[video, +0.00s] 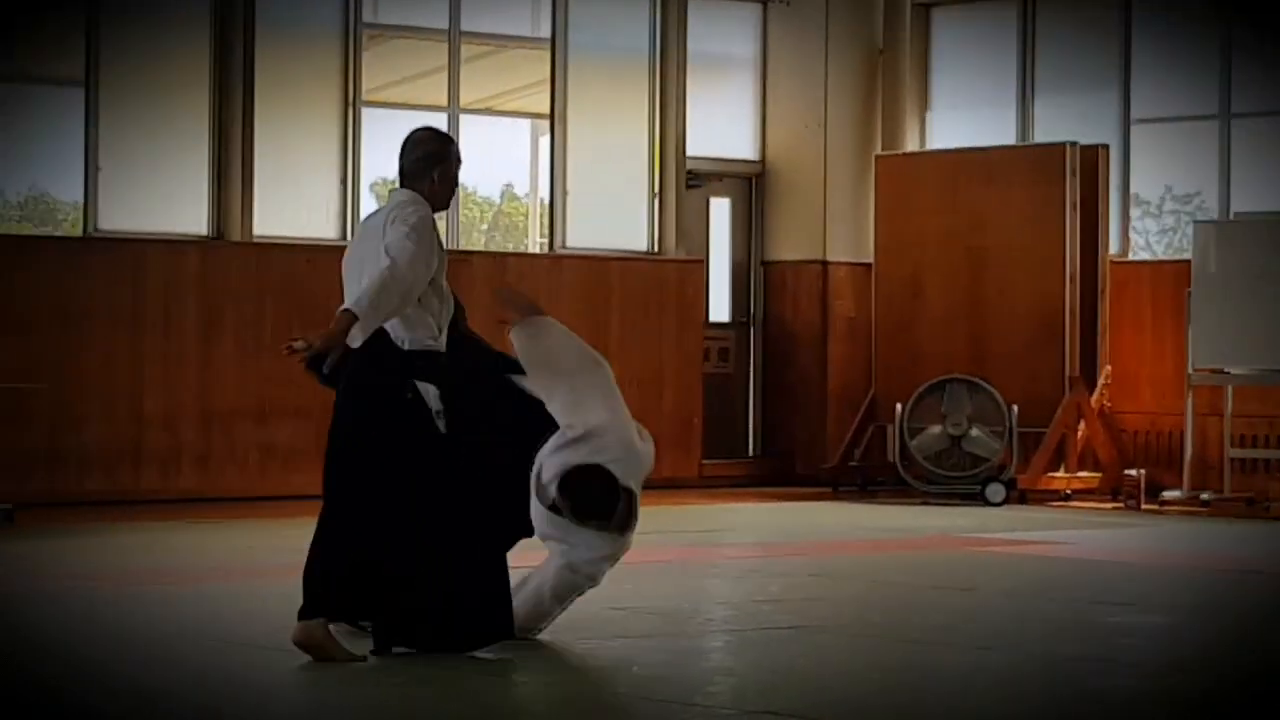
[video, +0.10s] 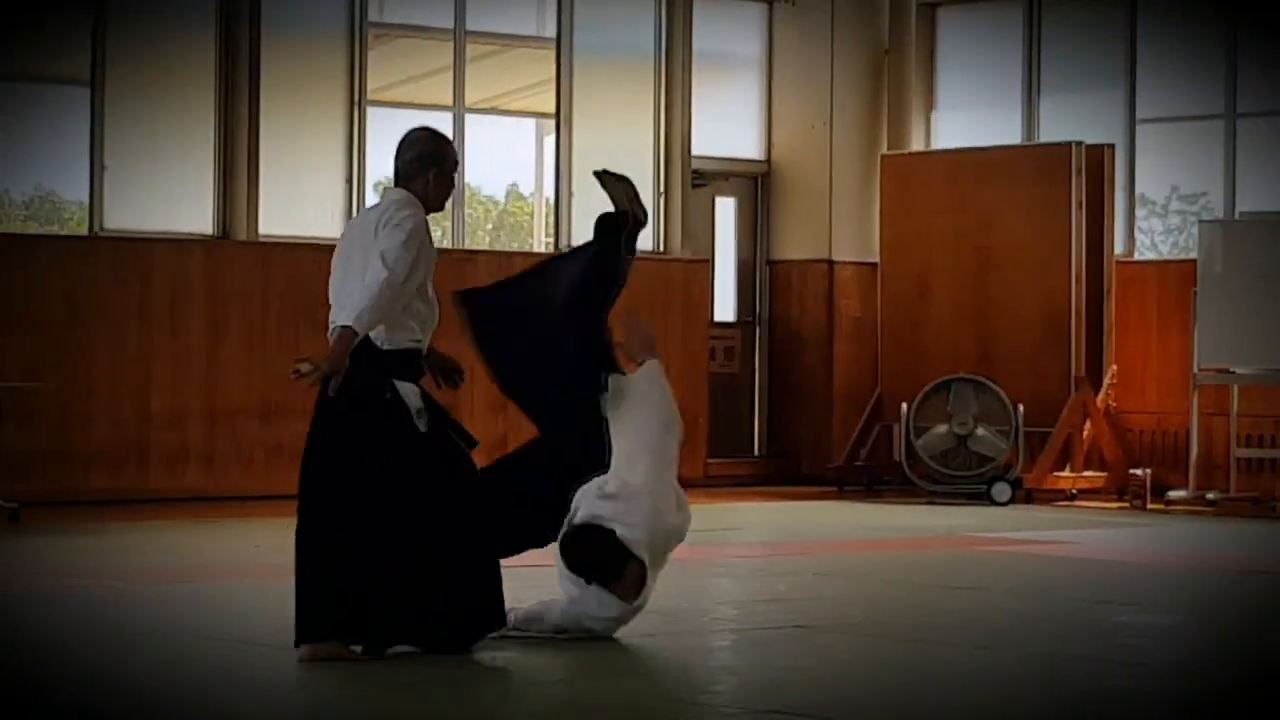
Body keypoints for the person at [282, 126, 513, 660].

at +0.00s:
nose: (458, 182)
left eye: (457, 171)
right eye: (455, 171)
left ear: (406, 171)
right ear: (436, 171)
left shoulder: (372, 223)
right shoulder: (415, 219)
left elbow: (365, 294)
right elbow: (395, 278)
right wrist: (339, 331)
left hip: (365, 375)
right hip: (403, 379)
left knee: (351, 495)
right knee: (412, 498)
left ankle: (316, 615)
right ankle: (406, 624)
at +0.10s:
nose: (454, 187)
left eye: (454, 175)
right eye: (451, 174)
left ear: (403, 171)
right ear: (429, 172)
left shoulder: (360, 223)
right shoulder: (409, 220)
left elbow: (366, 309)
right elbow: (385, 286)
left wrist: (426, 356)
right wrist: (341, 348)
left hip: (345, 383)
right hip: (383, 387)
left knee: (335, 505)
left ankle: (325, 631)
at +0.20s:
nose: (444, 180)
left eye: (445, 168)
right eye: (442, 167)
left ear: (395, 159)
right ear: (421, 162)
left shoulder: (350, 211)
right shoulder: (396, 208)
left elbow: (358, 306)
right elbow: (378, 279)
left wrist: (423, 377)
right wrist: (360, 358)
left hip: (335, 366)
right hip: (378, 371)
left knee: (333, 499)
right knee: (448, 478)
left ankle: (325, 630)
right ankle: (423, 617)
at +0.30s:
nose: (438, 164)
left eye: (439, 152)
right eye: (435, 151)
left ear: (388, 147)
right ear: (411, 149)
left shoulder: (343, 199)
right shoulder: (385, 195)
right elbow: (375, 276)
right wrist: (379, 357)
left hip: (332, 361)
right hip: (367, 361)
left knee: (334, 491)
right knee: (440, 475)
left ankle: (322, 626)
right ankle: (415, 618)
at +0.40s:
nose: (432, 154)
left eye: (432, 143)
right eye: (428, 142)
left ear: (379, 140)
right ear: (406, 142)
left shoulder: (337, 195)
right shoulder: (385, 194)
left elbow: (327, 282)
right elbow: (378, 276)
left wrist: (356, 344)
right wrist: (390, 357)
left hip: (334, 355)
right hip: (373, 358)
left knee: (332, 490)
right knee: (406, 490)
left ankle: (323, 627)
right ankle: (388, 626)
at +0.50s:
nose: (431, 150)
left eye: (431, 139)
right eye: (427, 139)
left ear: (378, 138)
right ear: (406, 140)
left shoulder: (336, 197)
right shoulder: (390, 195)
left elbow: (326, 290)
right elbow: (386, 281)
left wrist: (328, 363)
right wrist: (394, 361)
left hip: (337, 359)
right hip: (378, 359)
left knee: (336, 492)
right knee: (386, 497)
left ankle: (323, 627)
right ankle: (362, 632)